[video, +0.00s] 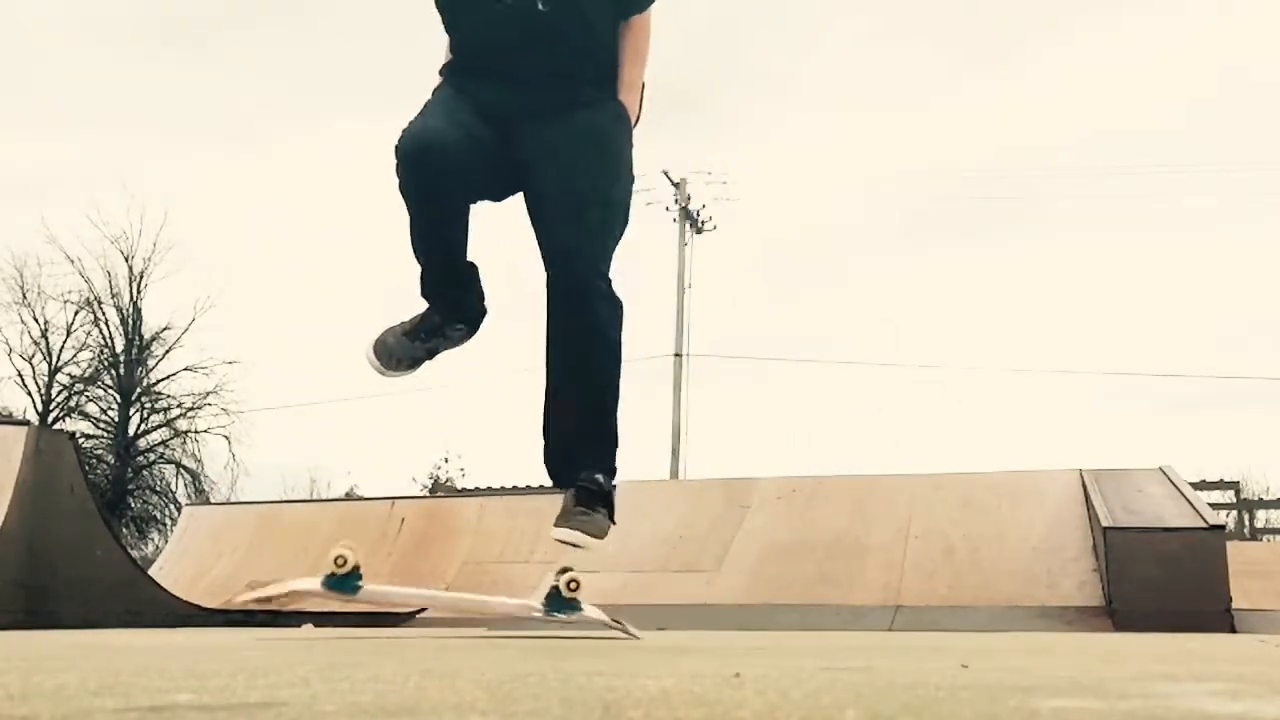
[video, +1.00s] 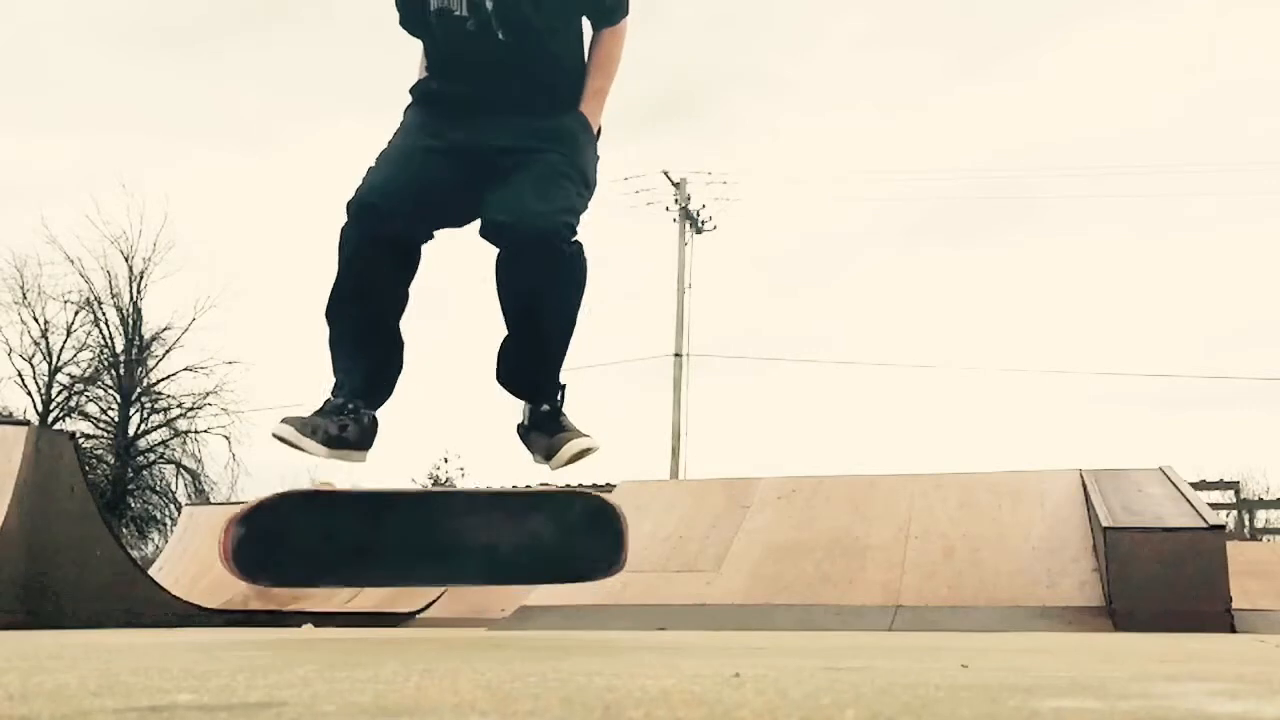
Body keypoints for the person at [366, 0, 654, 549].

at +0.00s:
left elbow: (635, 13)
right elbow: (462, 31)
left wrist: (622, 113)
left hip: (580, 97)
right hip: (479, 88)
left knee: (581, 283)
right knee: (425, 154)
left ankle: (588, 480)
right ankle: (453, 308)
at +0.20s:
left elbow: (629, 12)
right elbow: (451, 38)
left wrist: (616, 109)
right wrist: (443, 93)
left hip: (568, 105)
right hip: (470, 97)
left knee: (573, 275)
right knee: (411, 141)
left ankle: (581, 453)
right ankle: (442, 308)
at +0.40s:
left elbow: (624, 13)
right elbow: (443, 32)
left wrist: (609, 104)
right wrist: (436, 96)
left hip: (561, 108)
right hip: (462, 103)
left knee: (565, 251)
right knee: (402, 144)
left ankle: (566, 418)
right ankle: (421, 324)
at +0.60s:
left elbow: (617, 16)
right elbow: (440, 35)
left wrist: (600, 111)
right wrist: (433, 102)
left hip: (554, 111)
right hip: (457, 107)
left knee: (547, 222)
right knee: (390, 162)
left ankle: (552, 396)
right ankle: (394, 353)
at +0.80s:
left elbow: (614, 17)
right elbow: (432, 35)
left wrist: (592, 115)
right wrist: (429, 100)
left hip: (550, 119)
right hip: (449, 111)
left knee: (539, 226)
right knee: (380, 197)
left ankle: (547, 399)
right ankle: (367, 384)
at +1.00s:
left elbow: (613, 18)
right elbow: (431, 36)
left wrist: (587, 118)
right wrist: (426, 102)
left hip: (548, 117)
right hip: (446, 111)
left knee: (537, 235)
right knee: (375, 221)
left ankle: (543, 410)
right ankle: (352, 405)